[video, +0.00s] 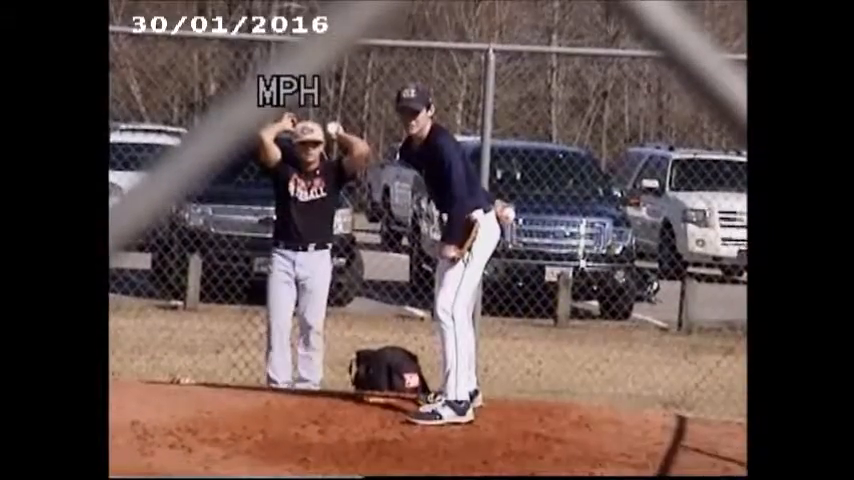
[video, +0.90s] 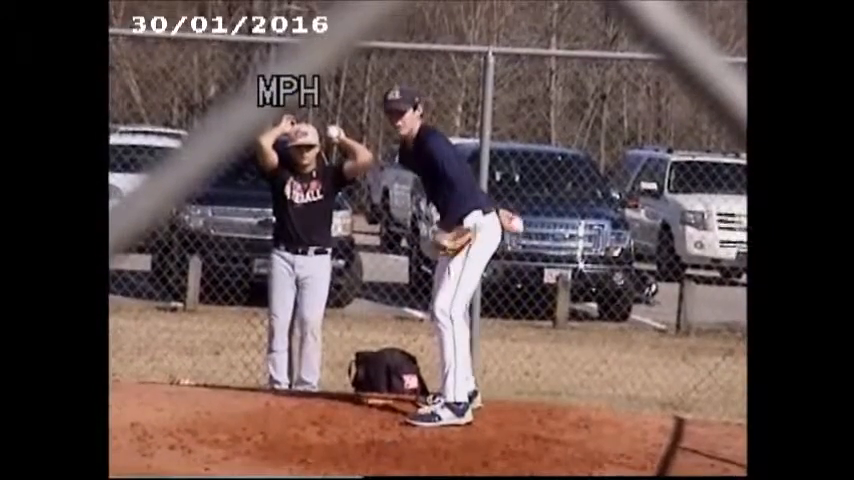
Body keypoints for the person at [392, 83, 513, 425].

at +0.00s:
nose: (411, 120)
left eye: (416, 113)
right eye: (405, 114)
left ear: (430, 112)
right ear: (400, 116)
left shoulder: (443, 143)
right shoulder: (411, 147)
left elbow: (459, 195)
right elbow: (444, 183)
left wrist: (450, 240)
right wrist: (491, 204)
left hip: (477, 221)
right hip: (460, 220)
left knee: (447, 307)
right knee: (457, 309)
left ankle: (456, 398)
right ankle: (466, 388)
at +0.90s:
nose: (397, 120)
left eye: (403, 113)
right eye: (392, 115)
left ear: (418, 111)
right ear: (389, 118)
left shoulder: (432, 141)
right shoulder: (411, 149)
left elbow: (460, 185)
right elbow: (455, 186)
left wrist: (444, 228)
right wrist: (493, 211)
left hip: (477, 224)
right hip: (459, 226)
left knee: (447, 310)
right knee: (444, 310)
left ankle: (456, 400)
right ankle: (463, 389)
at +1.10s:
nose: (395, 121)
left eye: (400, 114)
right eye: (392, 116)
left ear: (418, 110)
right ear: (392, 118)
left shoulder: (427, 140)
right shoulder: (420, 143)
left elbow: (446, 191)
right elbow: (445, 194)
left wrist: (422, 226)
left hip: (479, 226)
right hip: (464, 228)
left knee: (445, 311)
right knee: (431, 311)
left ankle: (457, 400)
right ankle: (461, 388)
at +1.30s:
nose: (407, 112)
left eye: (412, 105)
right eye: (404, 107)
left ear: (430, 103)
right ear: (407, 108)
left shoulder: (428, 133)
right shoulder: (440, 134)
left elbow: (429, 187)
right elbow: (447, 204)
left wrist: (399, 213)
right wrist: (410, 224)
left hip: (476, 222)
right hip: (473, 222)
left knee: (446, 308)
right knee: (430, 308)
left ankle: (452, 393)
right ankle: (461, 387)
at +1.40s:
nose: (414, 109)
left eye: (419, 102)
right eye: (412, 104)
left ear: (438, 100)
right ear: (436, 103)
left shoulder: (432, 130)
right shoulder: (453, 127)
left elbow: (422, 185)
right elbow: (434, 183)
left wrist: (388, 186)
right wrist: (392, 181)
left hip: (474, 221)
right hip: (485, 219)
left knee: (442, 306)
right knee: (432, 308)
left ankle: (457, 391)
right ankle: (458, 388)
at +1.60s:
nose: (422, 98)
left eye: (427, 92)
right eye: (419, 93)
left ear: (446, 90)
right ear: (424, 95)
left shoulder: (434, 121)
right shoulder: (456, 121)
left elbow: (400, 163)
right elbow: (415, 153)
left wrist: (381, 136)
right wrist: (395, 126)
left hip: (472, 219)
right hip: (482, 218)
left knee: (438, 305)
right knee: (440, 305)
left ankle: (456, 394)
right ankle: (462, 390)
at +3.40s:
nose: (427, 111)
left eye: (431, 103)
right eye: (424, 105)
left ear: (450, 96)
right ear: (447, 100)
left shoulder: (443, 128)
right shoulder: (467, 121)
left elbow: (403, 168)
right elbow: (434, 131)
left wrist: (391, 134)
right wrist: (408, 118)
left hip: (474, 219)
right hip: (490, 218)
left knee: (433, 298)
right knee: (443, 302)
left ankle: (451, 386)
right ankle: (463, 386)